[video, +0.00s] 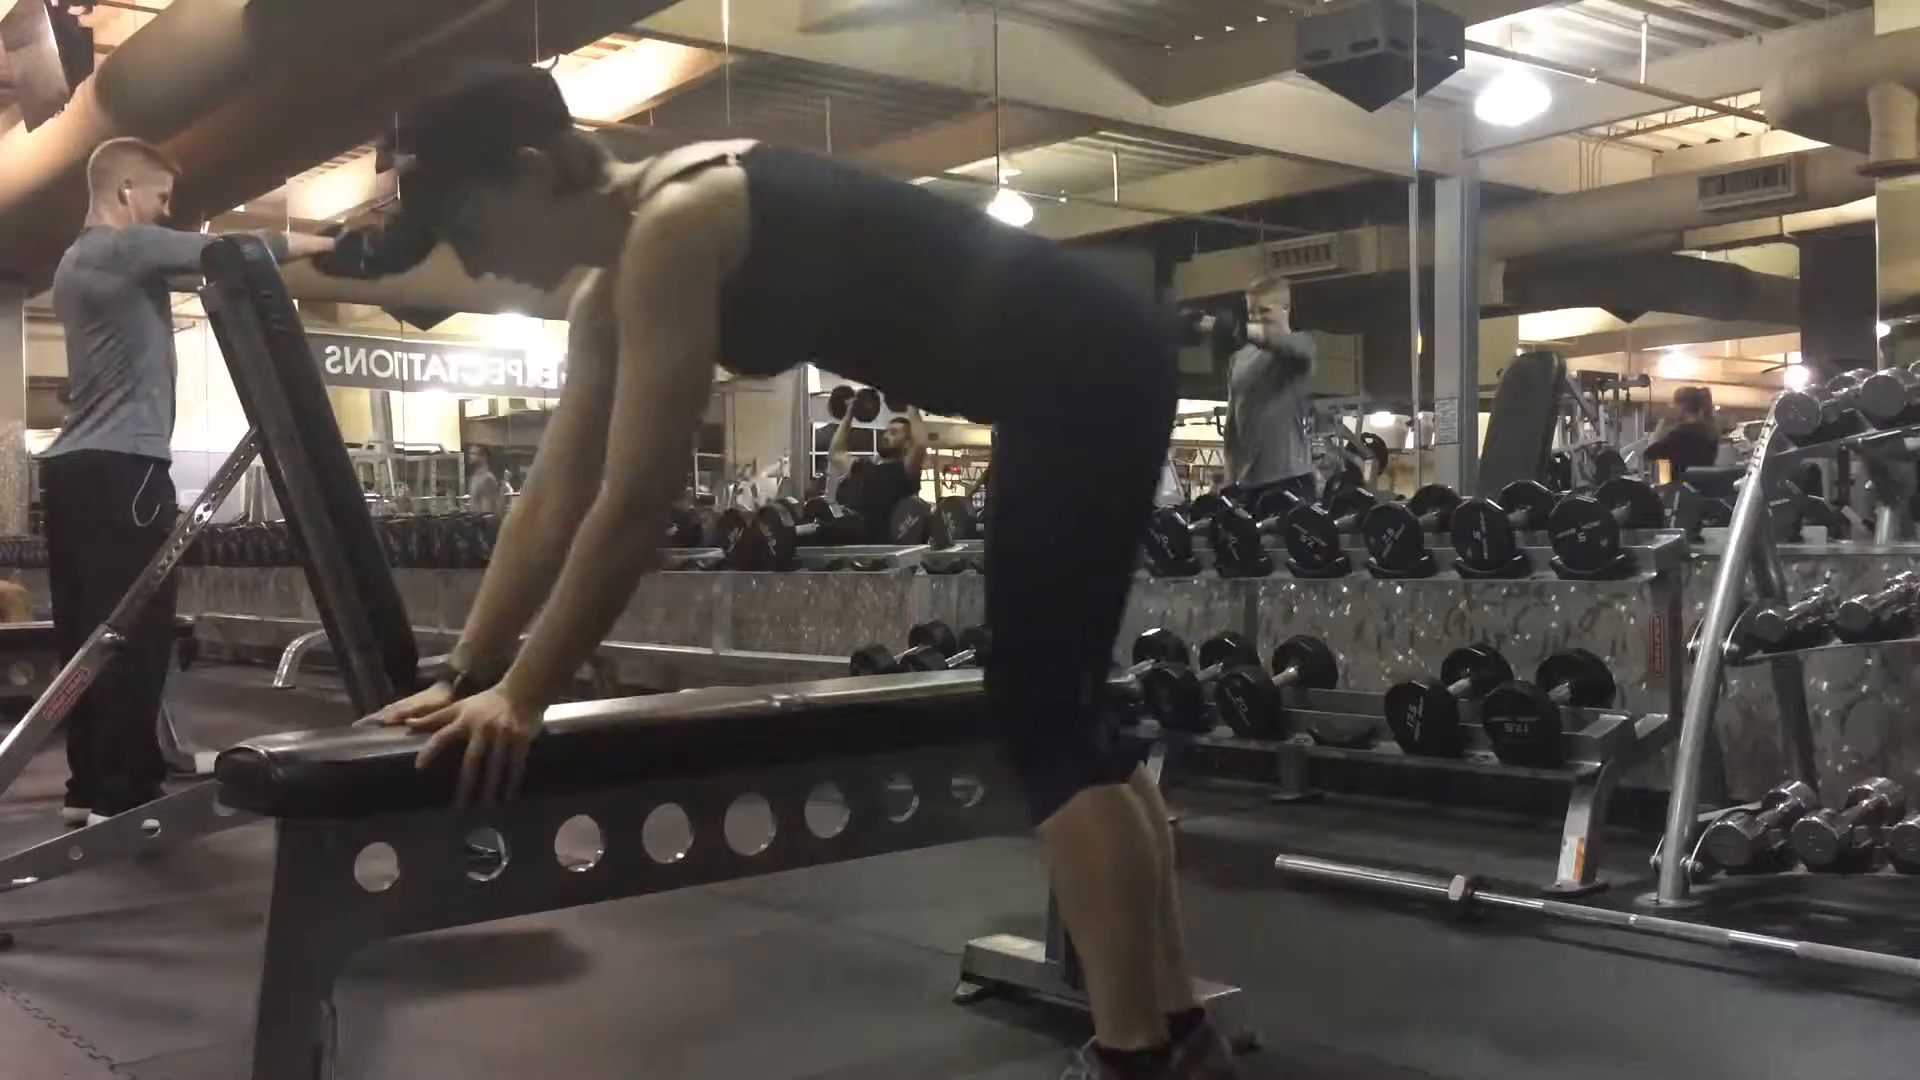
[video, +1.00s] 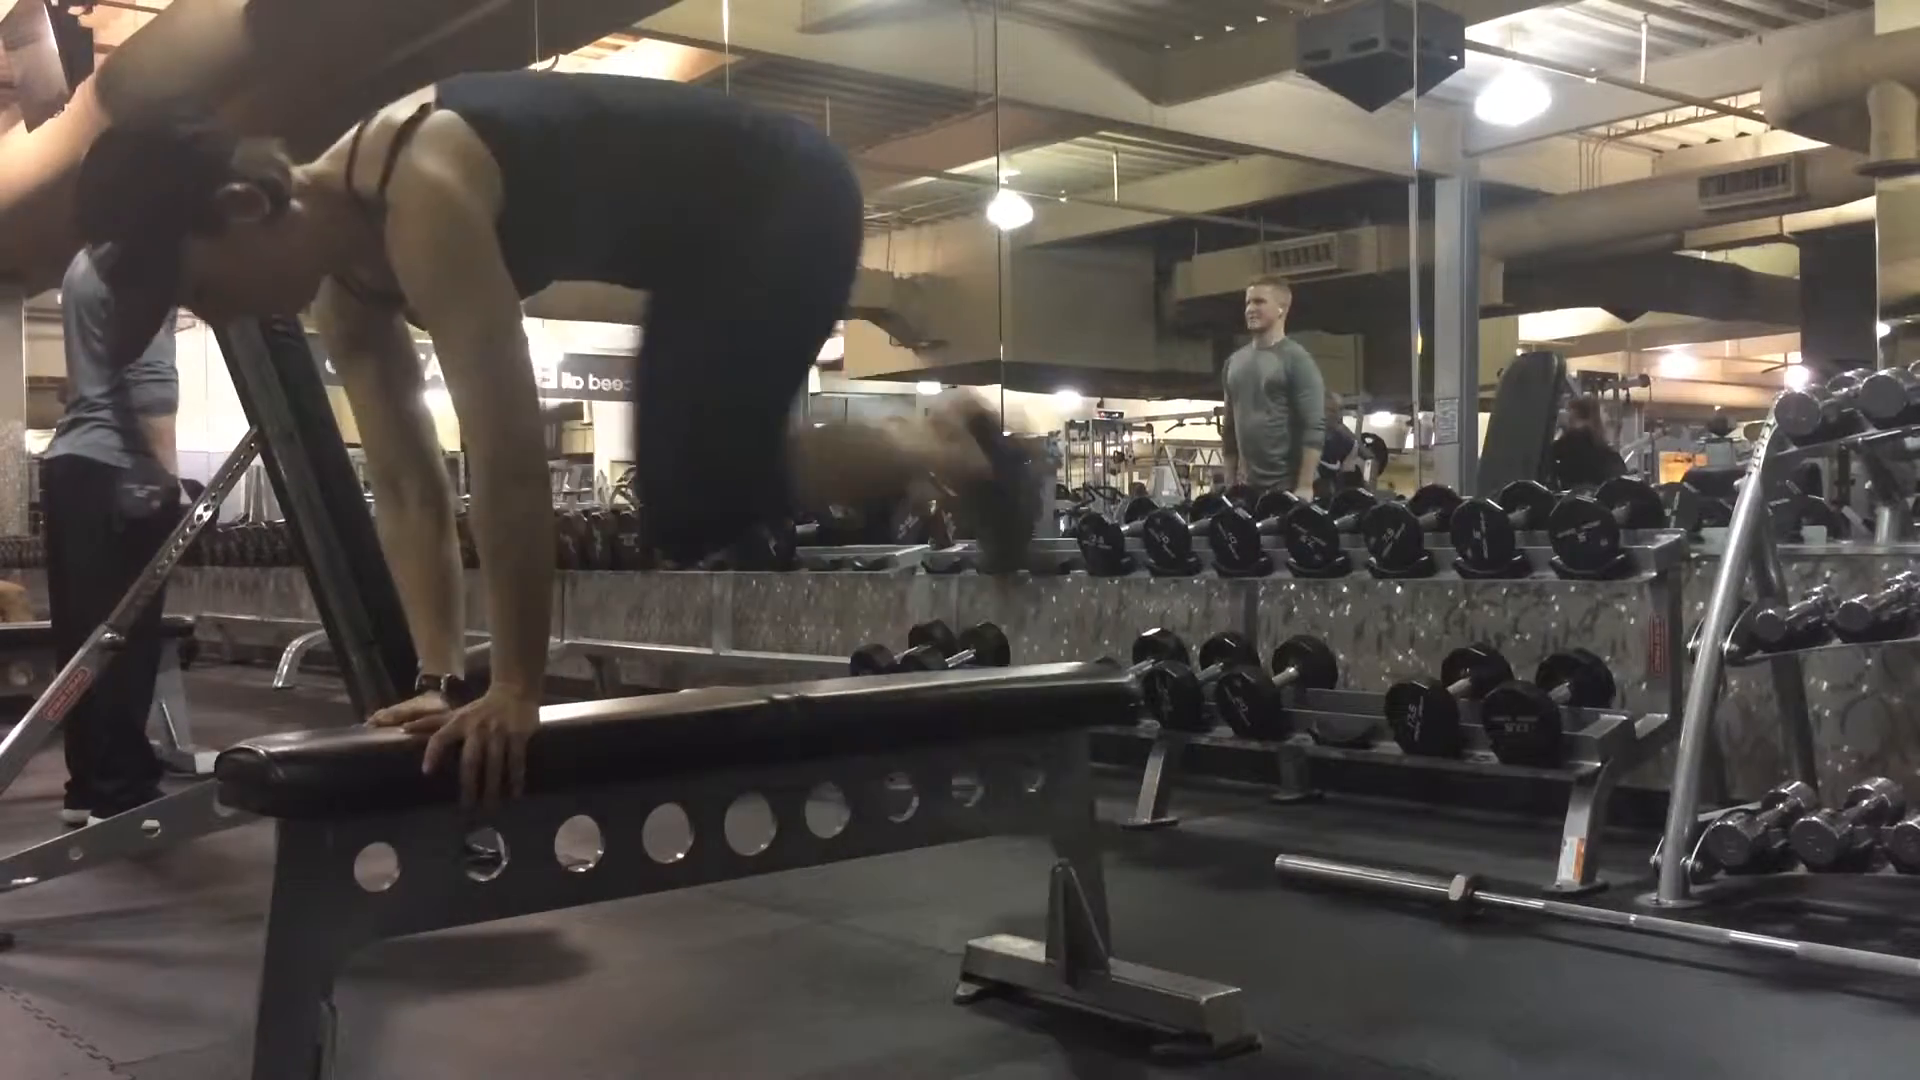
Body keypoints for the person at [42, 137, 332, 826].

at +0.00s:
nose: (166, 209)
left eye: (166, 199)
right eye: (159, 197)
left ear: (107, 198)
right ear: (122, 193)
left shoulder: (76, 262)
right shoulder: (125, 247)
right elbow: (231, 248)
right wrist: (327, 235)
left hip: (74, 469)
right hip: (123, 470)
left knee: (86, 635)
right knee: (136, 632)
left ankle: (90, 786)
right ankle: (128, 793)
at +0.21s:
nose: (156, 204)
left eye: (156, 192)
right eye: (150, 190)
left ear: (98, 193)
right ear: (115, 188)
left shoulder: (67, 264)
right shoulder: (118, 249)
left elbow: (137, 317)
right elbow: (232, 265)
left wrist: (205, 300)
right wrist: (331, 292)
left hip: (74, 468)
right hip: (124, 471)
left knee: (86, 632)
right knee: (140, 631)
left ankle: (91, 783)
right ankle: (126, 789)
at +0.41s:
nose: (162, 199)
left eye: (161, 187)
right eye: (156, 186)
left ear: (102, 193)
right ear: (127, 187)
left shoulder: (66, 267)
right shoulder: (137, 256)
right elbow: (221, 332)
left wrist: (184, 272)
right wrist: (223, 278)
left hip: (69, 466)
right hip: (125, 470)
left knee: (86, 629)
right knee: (139, 628)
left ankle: (92, 782)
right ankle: (126, 791)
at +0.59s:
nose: (168, 199)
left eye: (166, 187)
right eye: (161, 186)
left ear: (107, 194)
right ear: (134, 189)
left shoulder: (67, 272)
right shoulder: (146, 266)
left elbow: (83, 375)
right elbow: (199, 370)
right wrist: (242, 449)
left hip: (71, 468)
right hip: (130, 472)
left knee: (85, 629)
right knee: (142, 629)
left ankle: (90, 784)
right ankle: (126, 791)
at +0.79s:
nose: (168, 201)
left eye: (165, 188)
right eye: (162, 189)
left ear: (104, 195)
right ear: (136, 191)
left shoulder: (75, 269)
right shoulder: (141, 268)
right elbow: (164, 383)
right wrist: (186, 473)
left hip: (70, 468)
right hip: (122, 471)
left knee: (84, 629)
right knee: (132, 631)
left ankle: (89, 786)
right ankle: (123, 791)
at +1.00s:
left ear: (111, 207)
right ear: (156, 214)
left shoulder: (83, 265)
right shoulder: (136, 265)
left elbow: (86, 384)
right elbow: (150, 385)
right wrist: (169, 478)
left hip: (70, 467)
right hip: (117, 471)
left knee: (83, 632)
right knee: (128, 632)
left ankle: (88, 785)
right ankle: (119, 790)